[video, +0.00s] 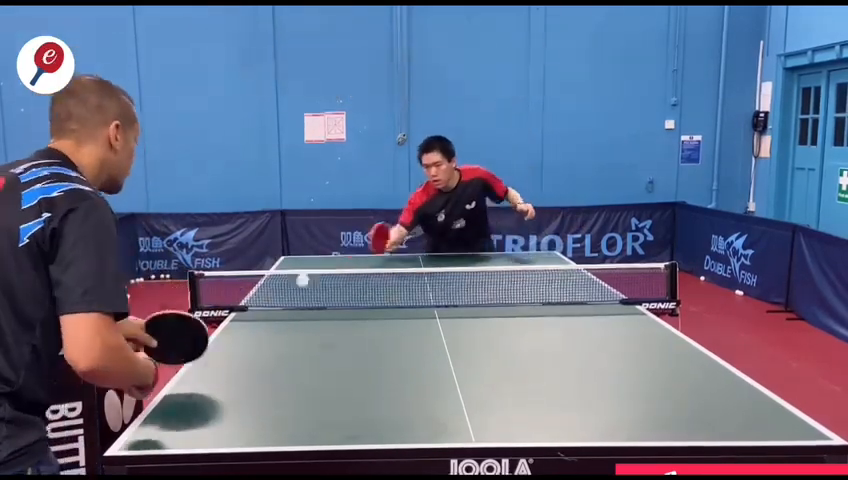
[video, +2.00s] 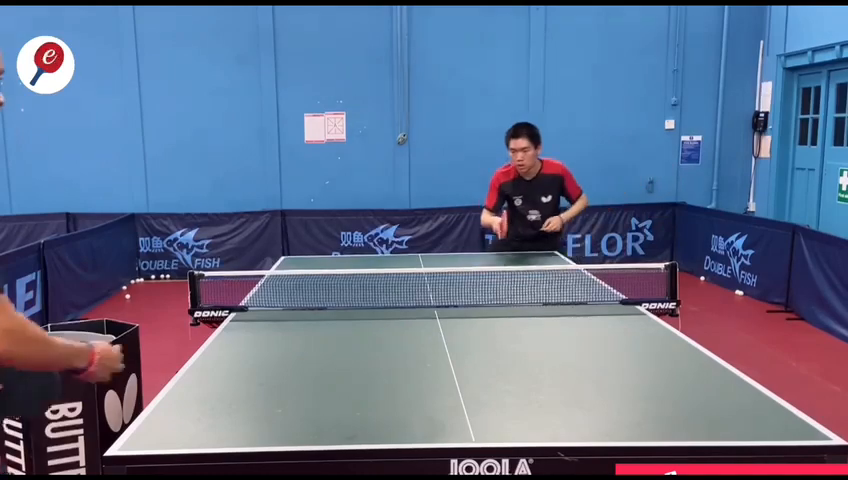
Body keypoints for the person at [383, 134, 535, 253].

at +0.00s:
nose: (432, 173)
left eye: (438, 165)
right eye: (427, 167)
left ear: (453, 163)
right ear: (423, 168)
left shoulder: (477, 177)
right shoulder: (420, 200)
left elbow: (507, 193)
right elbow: (402, 228)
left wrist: (520, 203)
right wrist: (390, 242)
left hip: (481, 264)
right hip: (440, 268)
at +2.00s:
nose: (519, 158)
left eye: (525, 151)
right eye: (514, 152)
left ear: (538, 149)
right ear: (509, 152)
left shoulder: (558, 171)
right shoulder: (501, 177)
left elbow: (582, 201)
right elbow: (485, 217)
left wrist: (562, 219)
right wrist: (494, 221)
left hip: (548, 248)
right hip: (513, 249)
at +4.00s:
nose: (463, 181)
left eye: (468, 173)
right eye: (457, 175)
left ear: (482, 170)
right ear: (452, 175)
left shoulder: (505, 183)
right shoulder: (446, 200)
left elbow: (536, 203)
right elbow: (430, 229)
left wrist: (536, 220)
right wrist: (423, 241)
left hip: (505, 253)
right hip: (465, 258)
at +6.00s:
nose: (505, 195)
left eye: (510, 188)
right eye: (498, 189)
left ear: (521, 185)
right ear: (492, 187)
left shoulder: (541, 192)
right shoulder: (486, 200)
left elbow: (568, 201)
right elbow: (477, 243)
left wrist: (554, 238)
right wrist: (488, 240)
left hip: (538, 257)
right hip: (504, 259)